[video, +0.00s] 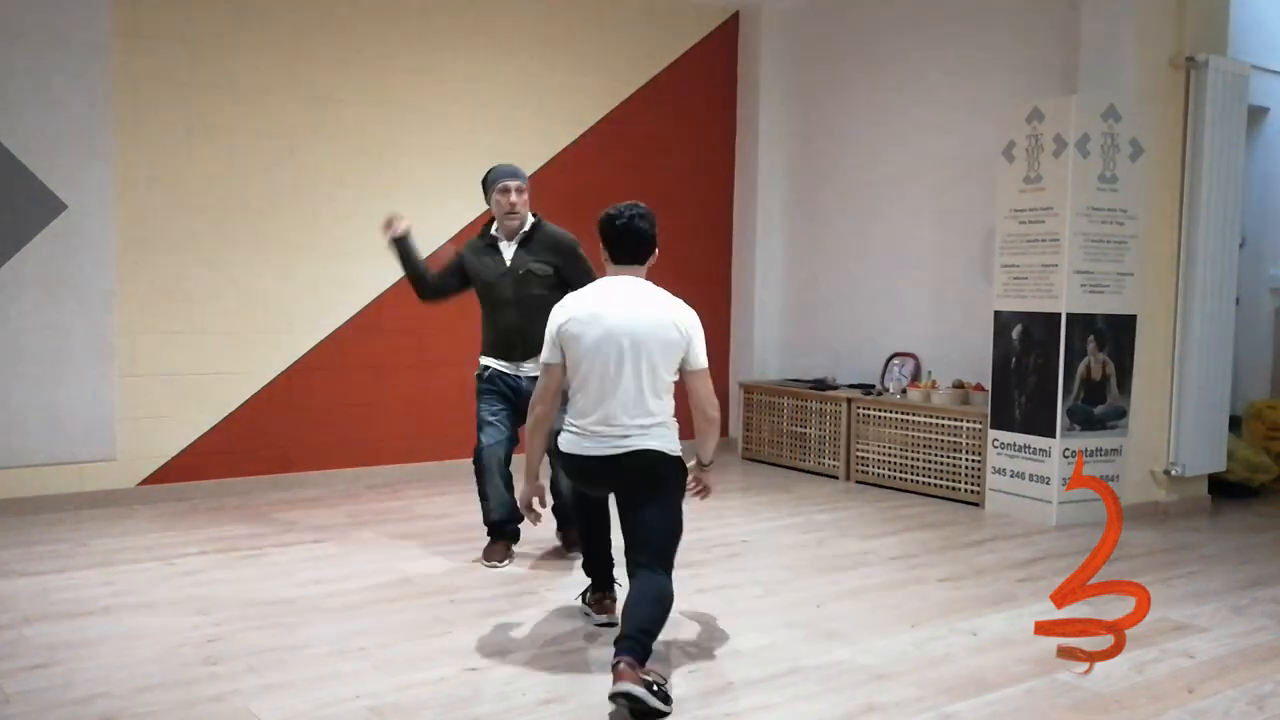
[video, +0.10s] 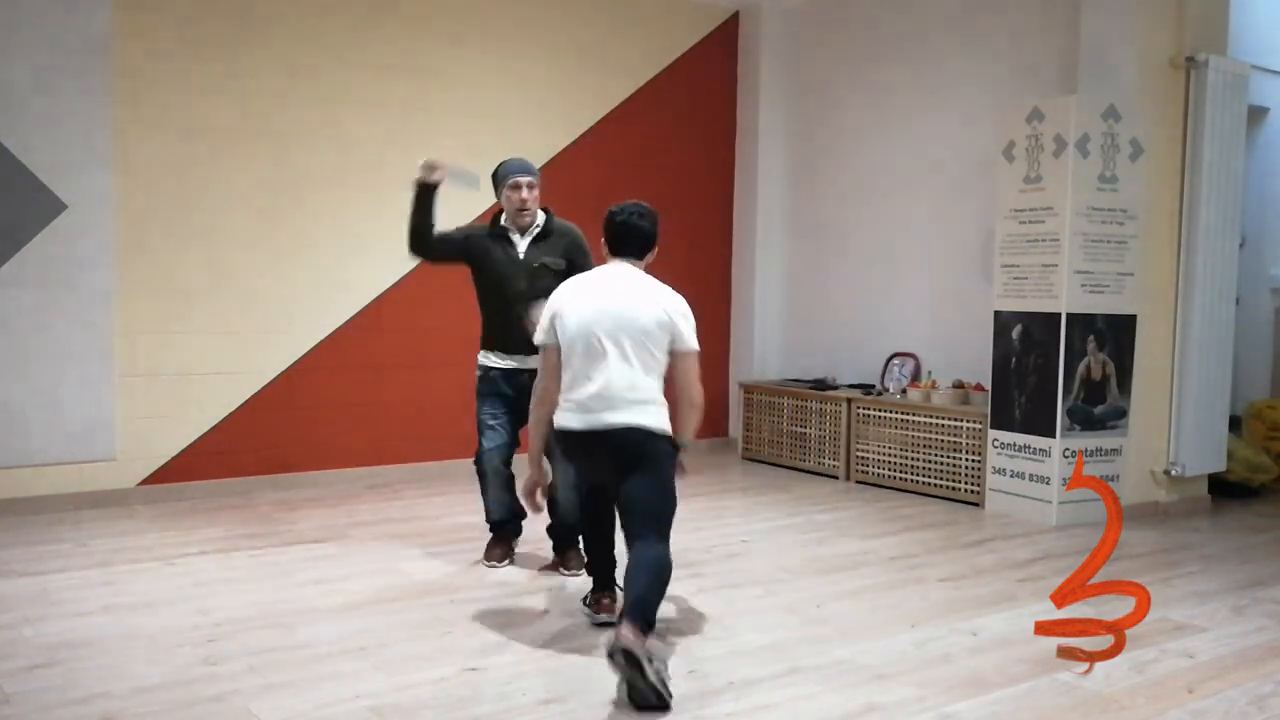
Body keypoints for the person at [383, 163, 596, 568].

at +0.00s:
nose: (512, 200)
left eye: (519, 191)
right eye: (503, 193)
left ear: (529, 197)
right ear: (489, 201)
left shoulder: (559, 246)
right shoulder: (476, 252)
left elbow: (591, 301)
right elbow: (430, 289)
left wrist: (584, 362)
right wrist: (403, 244)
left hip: (550, 372)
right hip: (497, 372)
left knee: (561, 452)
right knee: (490, 452)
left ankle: (571, 529)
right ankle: (501, 535)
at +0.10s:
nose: (524, 196)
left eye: (530, 187)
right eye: (514, 188)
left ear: (540, 192)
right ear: (499, 196)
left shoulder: (567, 238)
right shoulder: (480, 241)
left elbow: (589, 297)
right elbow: (422, 245)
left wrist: (556, 314)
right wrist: (426, 190)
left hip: (553, 367)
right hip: (498, 368)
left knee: (563, 453)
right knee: (492, 453)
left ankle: (567, 543)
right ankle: (502, 533)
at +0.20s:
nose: (533, 194)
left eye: (540, 185)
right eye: (524, 185)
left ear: (551, 190)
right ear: (509, 192)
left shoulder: (571, 235)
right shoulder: (491, 231)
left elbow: (571, 293)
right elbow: (452, 223)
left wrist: (527, 259)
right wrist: (467, 171)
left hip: (551, 372)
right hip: (496, 369)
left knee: (571, 459)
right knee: (475, 450)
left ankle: (569, 536)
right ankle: (501, 519)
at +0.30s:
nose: (546, 188)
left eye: (547, 179)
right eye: (536, 181)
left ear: (555, 183)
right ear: (516, 189)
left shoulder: (569, 231)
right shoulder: (489, 217)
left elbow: (551, 280)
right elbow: (485, 243)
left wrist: (516, 232)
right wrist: (514, 213)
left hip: (544, 374)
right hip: (487, 368)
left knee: (567, 463)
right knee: (466, 446)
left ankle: (572, 547)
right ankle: (466, 542)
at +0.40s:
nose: (538, 198)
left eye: (545, 191)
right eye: (529, 189)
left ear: (553, 193)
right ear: (509, 190)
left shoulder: (562, 233)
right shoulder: (484, 222)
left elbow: (568, 288)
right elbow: (510, 273)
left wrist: (536, 260)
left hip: (535, 369)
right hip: (477, 367)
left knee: (561, 463)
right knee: (452, 456)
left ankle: (572, 550)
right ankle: (428, 561)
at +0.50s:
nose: (547, 210)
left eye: (552, 202)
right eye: (539, 200)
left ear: (552, 204)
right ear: (512, 197)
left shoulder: (547, 238)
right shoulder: (480, 238)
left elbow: (540, 302)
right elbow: (515, 311)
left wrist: (555, 294)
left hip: (523, 378)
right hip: (467, 377)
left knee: (548, 463)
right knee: (443, 472)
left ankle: (549, 538)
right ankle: (423, 564)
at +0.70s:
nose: (583, 213)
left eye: (583, 205)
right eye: (578, 205)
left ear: (547, 204)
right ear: (551, 206)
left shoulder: (522, 229)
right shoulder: (519, 259)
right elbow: (526, 349)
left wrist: (540, 305)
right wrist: (546, 415)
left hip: (513, 381)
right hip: (472, 379)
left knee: (545, 462)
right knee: (451, 470)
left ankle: (496, 553)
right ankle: (409, 558)